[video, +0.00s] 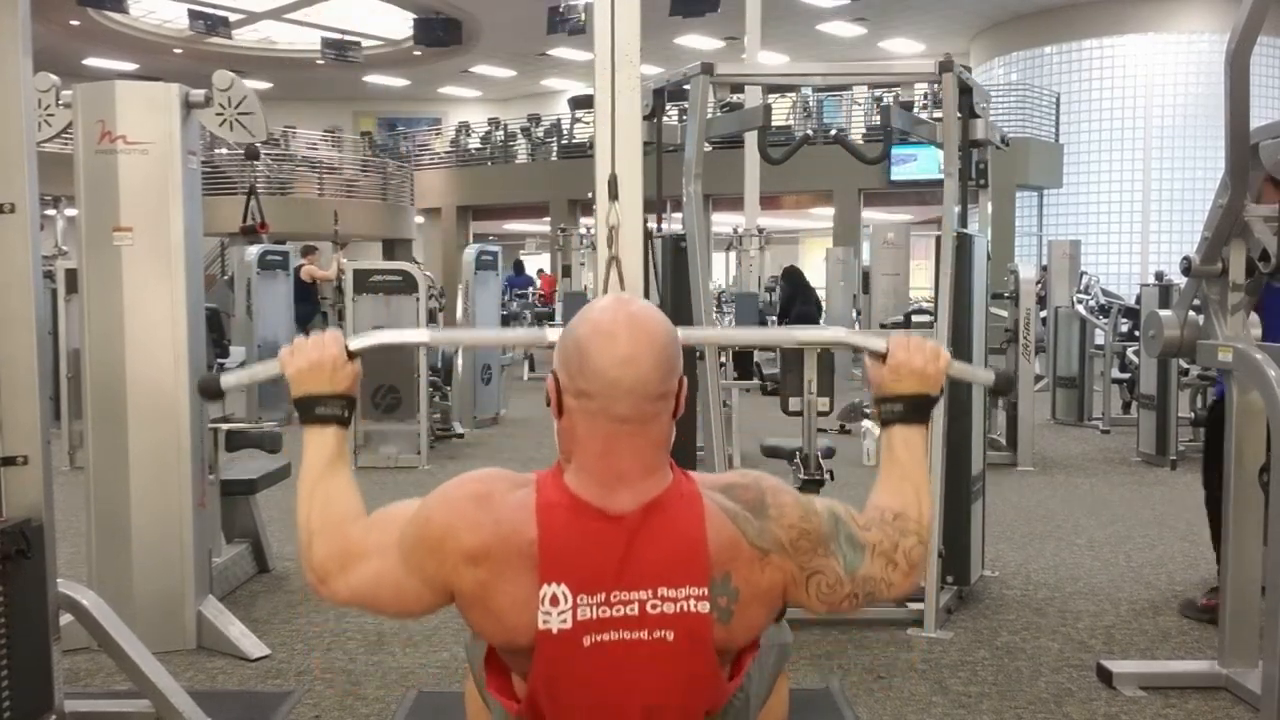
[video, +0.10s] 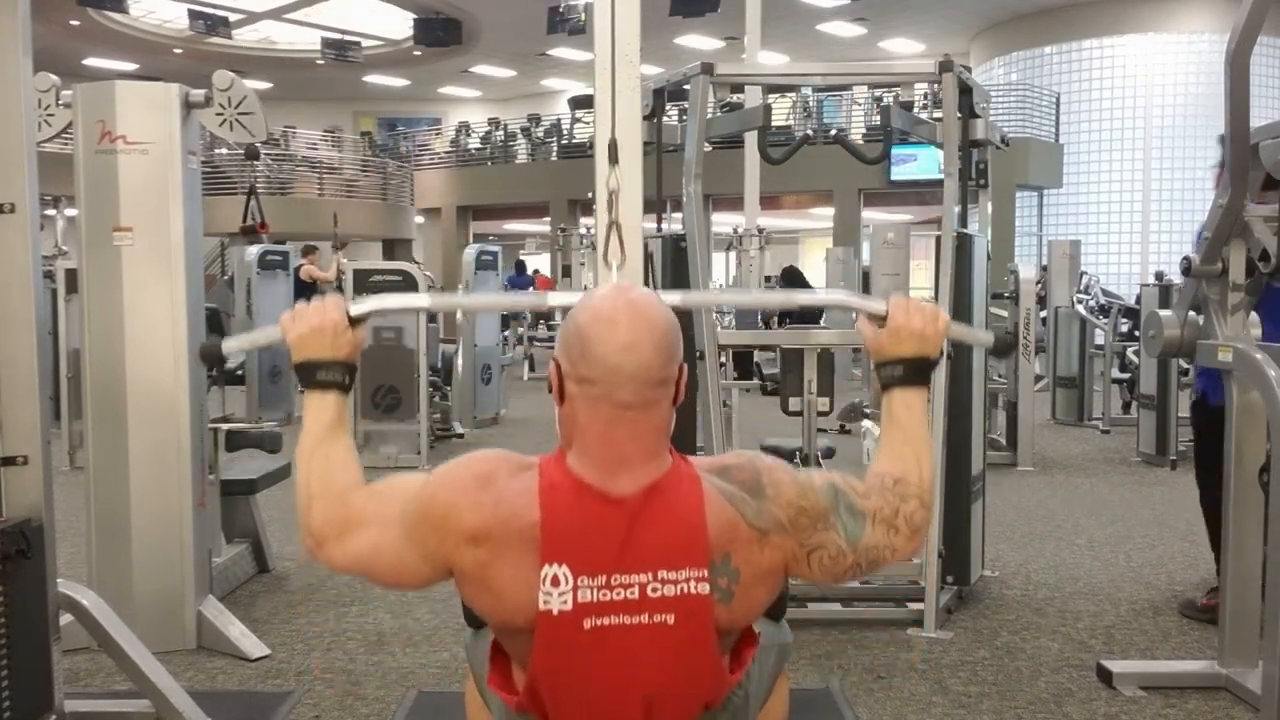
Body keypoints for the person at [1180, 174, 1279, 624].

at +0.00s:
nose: (1254, 197)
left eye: (1259, 187)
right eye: (1255, 187)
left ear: (1272, 188)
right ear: (1266, 188)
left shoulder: (1263, 243)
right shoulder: (1256, 238)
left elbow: (1253, 303)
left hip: (1251, 385)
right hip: (1244, 383)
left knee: (1221, 477)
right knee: (1225, 478)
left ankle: (1234, 587)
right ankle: (1242, 584)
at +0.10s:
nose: (1215, 181)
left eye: (1222, 173)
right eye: (1218, 173)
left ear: (1252, 182)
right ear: (1239, 181)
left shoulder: (1259, 234)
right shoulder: (1227, 230)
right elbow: (1201, 292)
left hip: (1247, 388)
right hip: (1217, 386)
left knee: (1226, 491)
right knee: (1218, 489)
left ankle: (1241, 589)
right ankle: (1232, 584)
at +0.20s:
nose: (1189, 183)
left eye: (1193, 175)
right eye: (1193, 174)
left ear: (1206, 180)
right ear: (1232, 180)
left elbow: (1160, 298)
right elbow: (1265, 304)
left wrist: (1169, 281)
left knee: (1211, 484)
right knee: (1203, 473)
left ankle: (1226, 591)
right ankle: (1186, 551)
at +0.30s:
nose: (1163, 190)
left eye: (1168, 183)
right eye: (1167, 182)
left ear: (1182, 190)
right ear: (1207, 193)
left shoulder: (1171, 242)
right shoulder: (1227, 236)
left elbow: (1134, 307)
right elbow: (1240, 302)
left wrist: (1165, 300)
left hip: (1179, 382)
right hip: (1215, 377)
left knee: (1197, 478)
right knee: (1184, 468)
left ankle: (1226, 585)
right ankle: (1155, 542)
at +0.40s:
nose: (1142, 195)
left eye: (1147, 188)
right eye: (1146, 188)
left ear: (1161, 195)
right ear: (1183, 199)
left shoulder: (1148, 247)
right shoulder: (1201, 243)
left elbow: (1120, 311)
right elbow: (1203, 308)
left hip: (1153, 378)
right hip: (1187, 375)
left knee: (1167, 472)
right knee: (1160, 464)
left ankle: (1217, 567)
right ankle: (1147, 546)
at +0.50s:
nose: (1124, 193)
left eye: (1128, 186)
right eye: (1127, 186)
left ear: (1141, 193)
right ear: (1164, 197)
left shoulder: (1130, 245)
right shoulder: (1182, 243)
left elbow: (1106, 310)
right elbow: (1180, 306)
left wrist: (1083, 365)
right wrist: (1125, 349)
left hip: (1132, 375)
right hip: (1171, 373)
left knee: (1115, 457)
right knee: (1156, 456)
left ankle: (1188, 534)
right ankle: (1149, 547)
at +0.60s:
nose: (1098, 189)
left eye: (1104, 182)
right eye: (1102, 182)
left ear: (1121, 188)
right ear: (1134, 191)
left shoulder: (1112, 237)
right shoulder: (1157, 235)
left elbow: (1093, 301)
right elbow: (1158, 299)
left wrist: (1066, 356)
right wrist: (1074, 336)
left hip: (1111, 367)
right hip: (1152, 366)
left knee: (1080, 438)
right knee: (1150, 454)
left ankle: (1133, 523)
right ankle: (1152, 550)